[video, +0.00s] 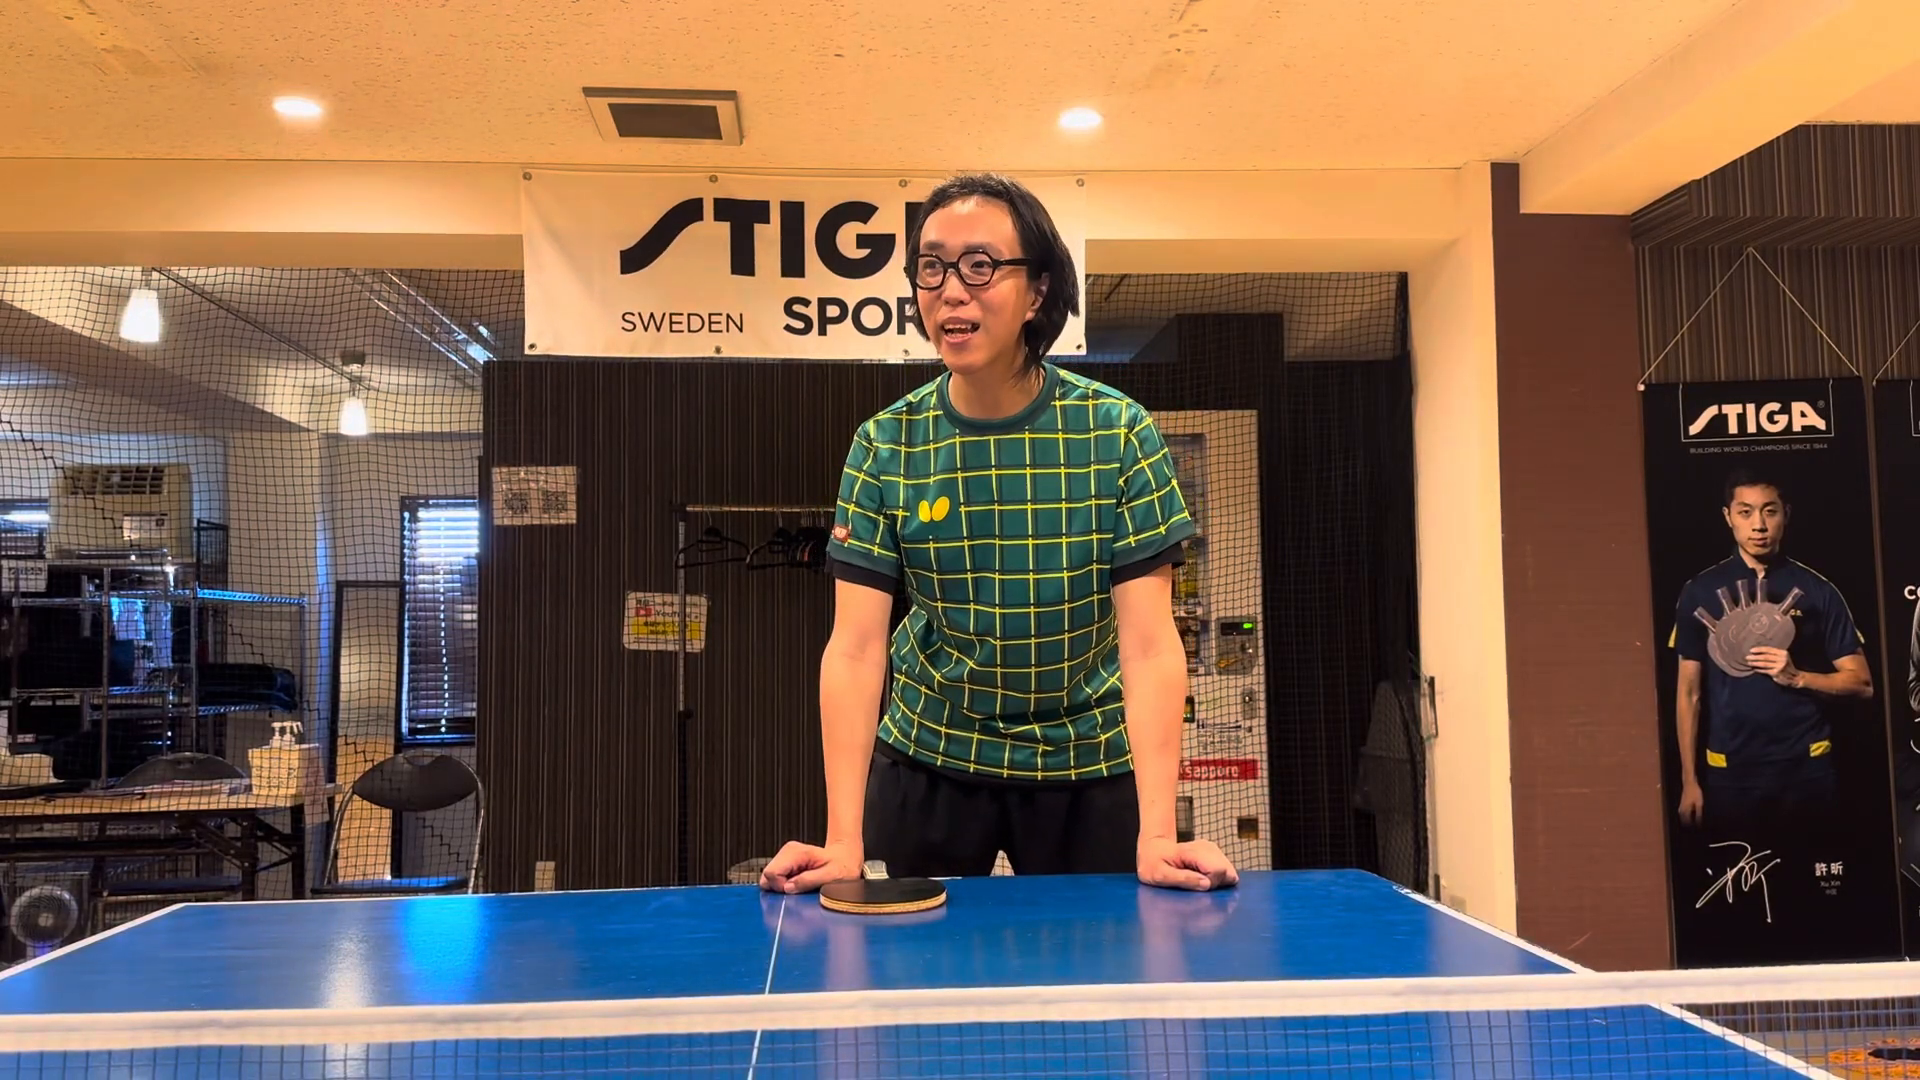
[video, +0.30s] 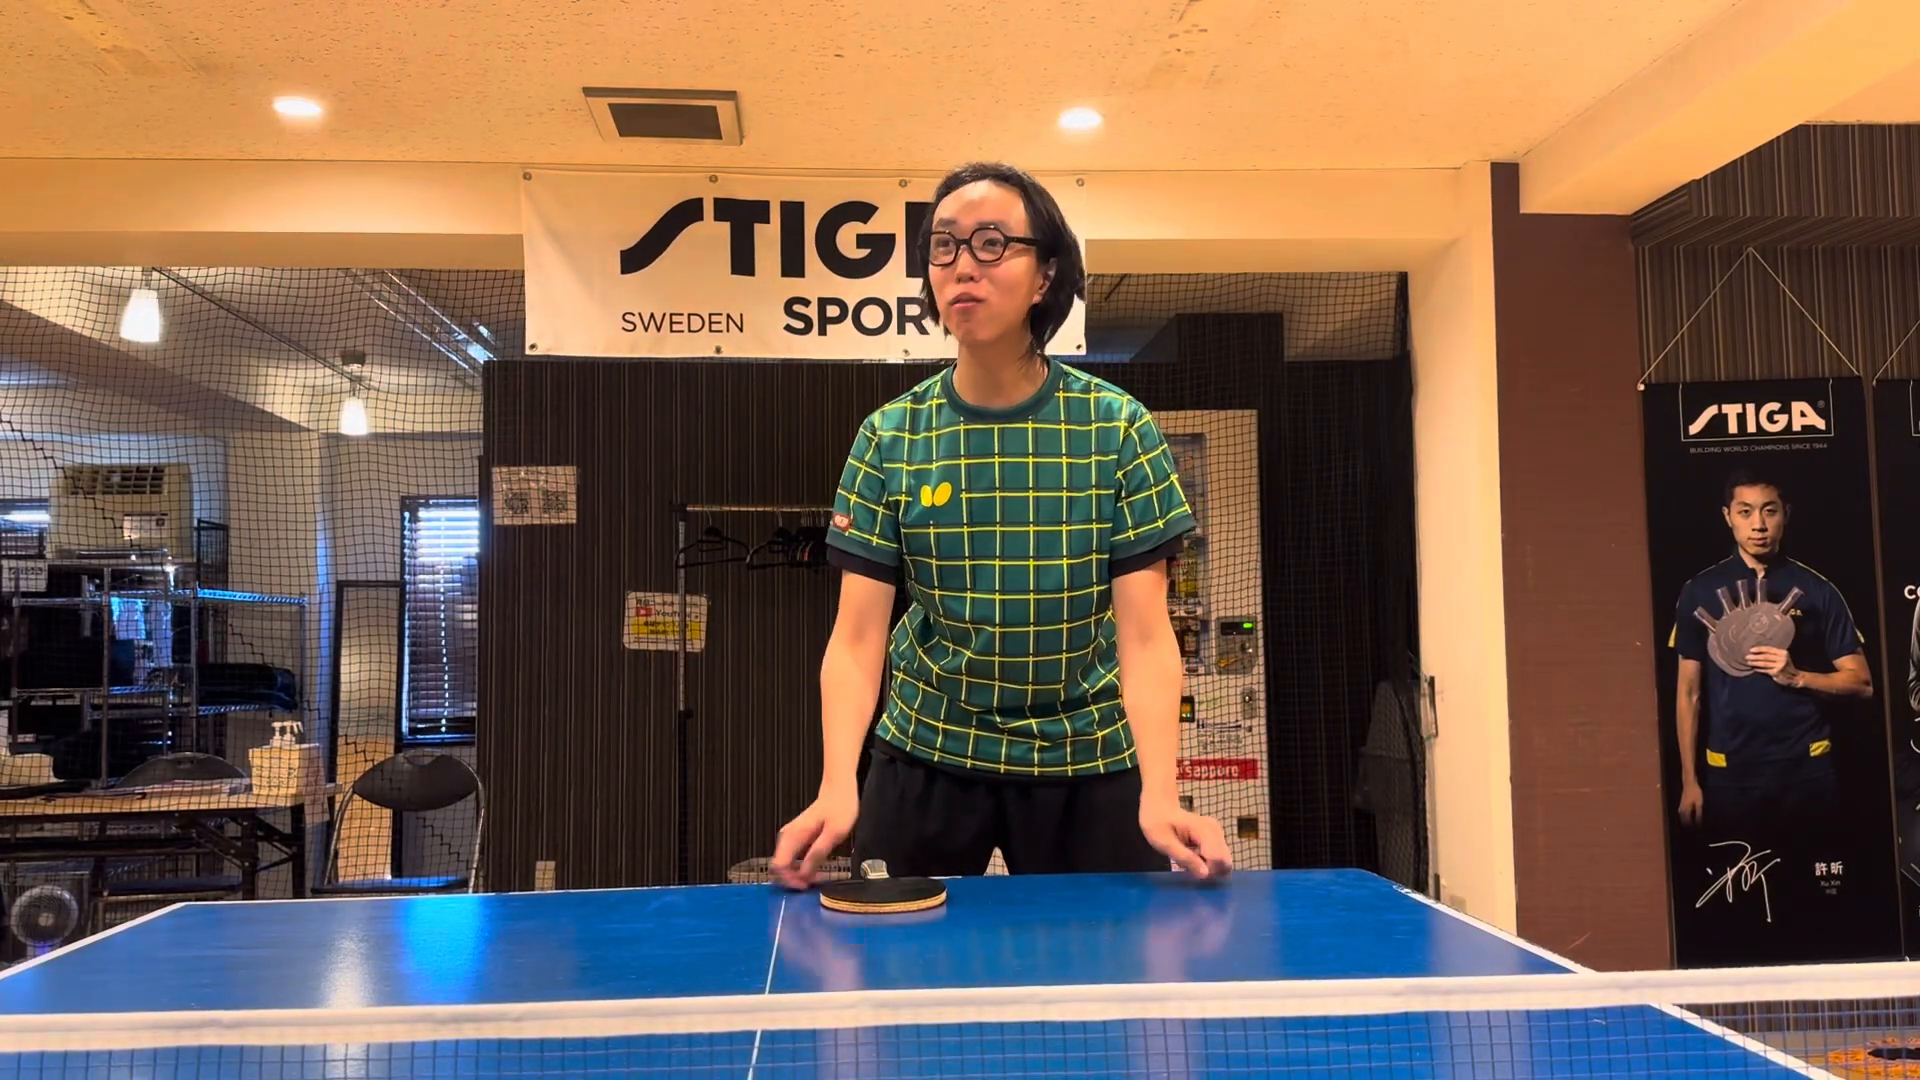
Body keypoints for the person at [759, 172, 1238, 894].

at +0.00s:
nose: (950, 293)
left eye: (980, 268)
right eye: (933, 269)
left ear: (1036, 292)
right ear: (916, 288)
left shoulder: (1117, 433)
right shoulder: (886, 446)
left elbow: (1150, 645)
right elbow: (855, 648)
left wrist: (1159, 833)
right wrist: (842, 842)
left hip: (1086, 770)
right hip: (927, 768)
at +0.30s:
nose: (963, 267)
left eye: (994, 244)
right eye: (946, 247)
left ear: (1045, 276)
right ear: (927, 275)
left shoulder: (1116, 428)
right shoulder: (891, 436)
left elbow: (1146, 635)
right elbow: (856, 637)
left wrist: (1160, 794)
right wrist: (837, 788)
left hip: (1086, 772)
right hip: (925, 768)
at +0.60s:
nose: (983, 253)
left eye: (1013, 232)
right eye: (965, 234)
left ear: (1059, 267)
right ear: (944, 263)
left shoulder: (1121, 420)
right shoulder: (902, 432)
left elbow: (1144, 620)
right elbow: (876, 642)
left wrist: (1126, 761)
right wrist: (904, 787)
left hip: (1087, 777)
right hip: (938, 776)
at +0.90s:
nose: (998, 247)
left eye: (1026, 226)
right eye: (979, 226)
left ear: (1069, 260)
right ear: (957, 254)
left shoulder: (1129, 418)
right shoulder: (912, 426)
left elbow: (1157, 615)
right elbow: (881, 629)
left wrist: (1143, 756)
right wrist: (903, 775)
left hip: (1099, 780)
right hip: (949, 780)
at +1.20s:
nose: (999, 247)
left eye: (1027, 226)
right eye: (980, 227)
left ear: (1070, 260)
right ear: (959, 255)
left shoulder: (1130, 420)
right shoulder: (914, 426)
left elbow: (1156, 616)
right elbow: (884, 627)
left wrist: (1141, 756)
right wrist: (903, 781)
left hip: (1099, 780)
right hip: (948, 780)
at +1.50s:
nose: (1005, 251)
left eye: (1032, 230)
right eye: (985, 231)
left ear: (1073, 260)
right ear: (963, 256)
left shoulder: (1131, 420)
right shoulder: (915, 425)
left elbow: (1155, 609)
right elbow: (876, 621)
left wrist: (1126, 730)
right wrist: (907, 713)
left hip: (1097, 772)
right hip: (941, 771)